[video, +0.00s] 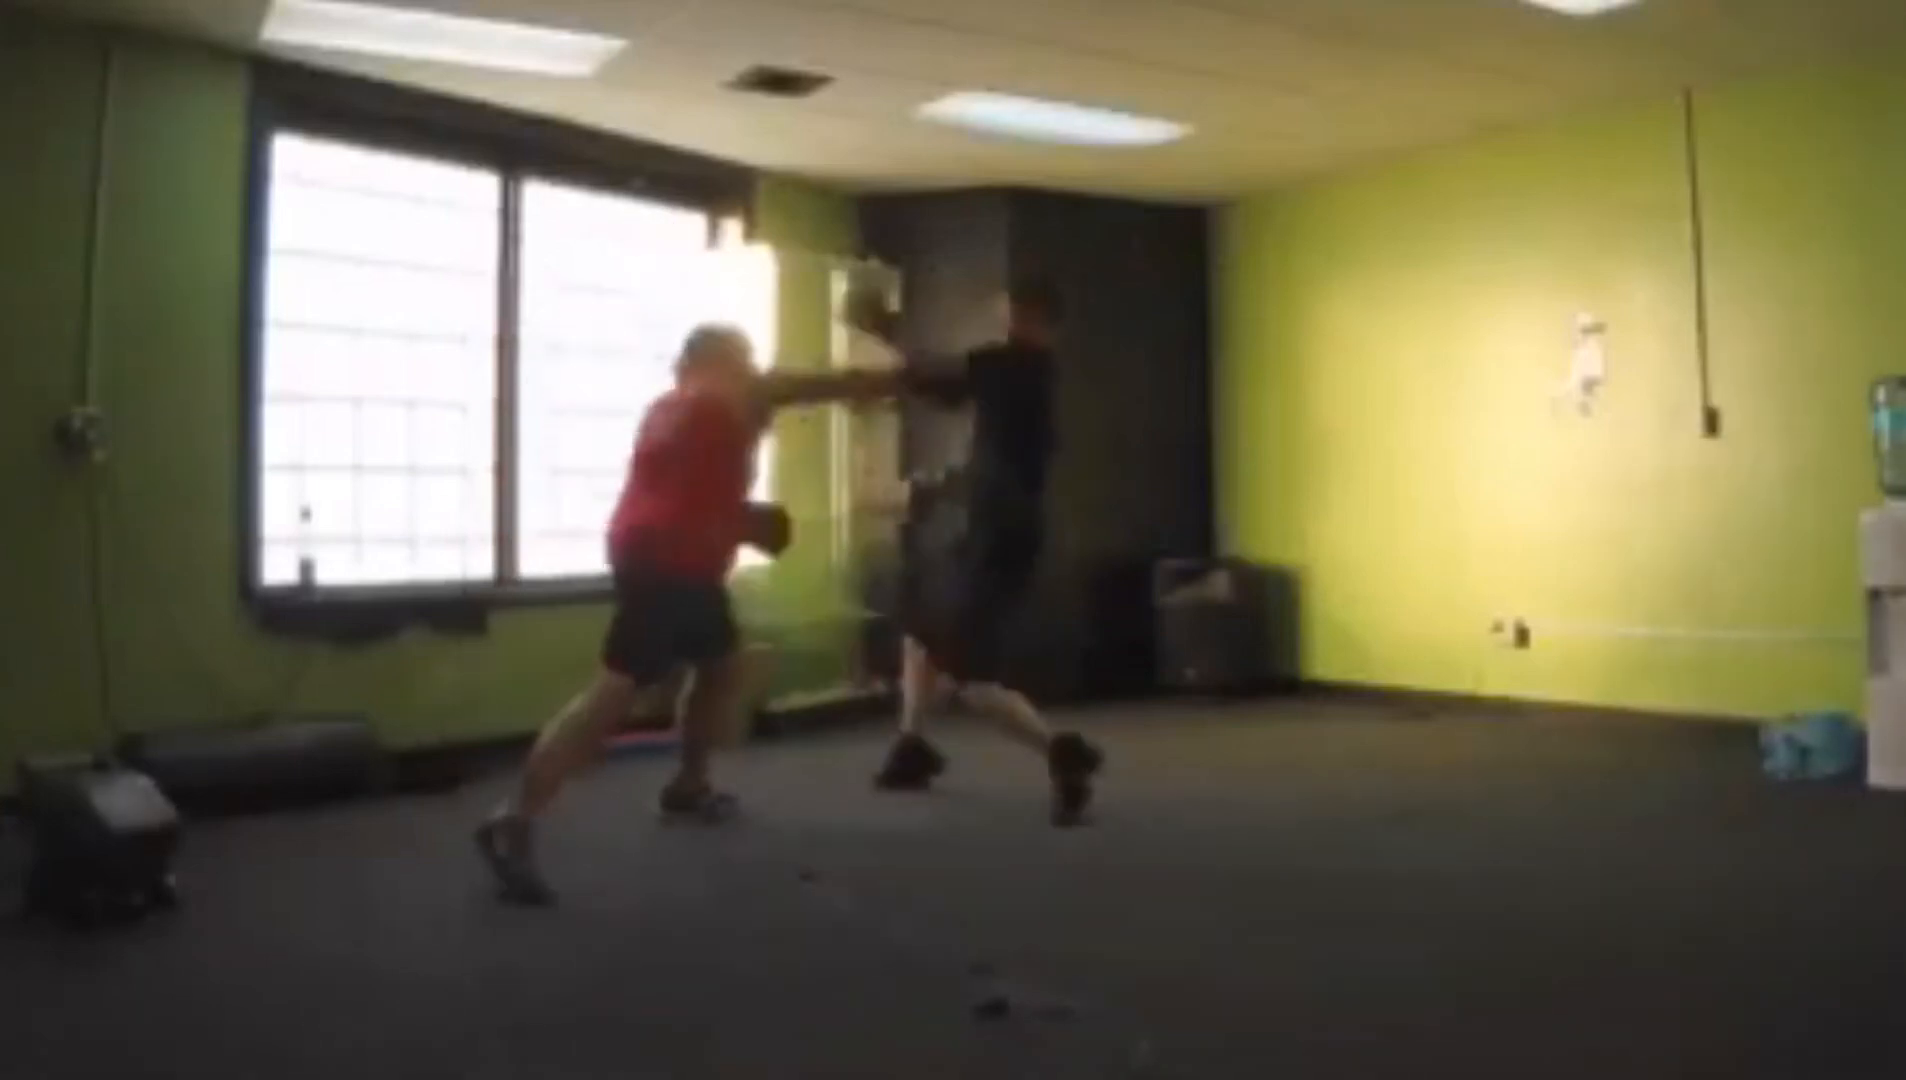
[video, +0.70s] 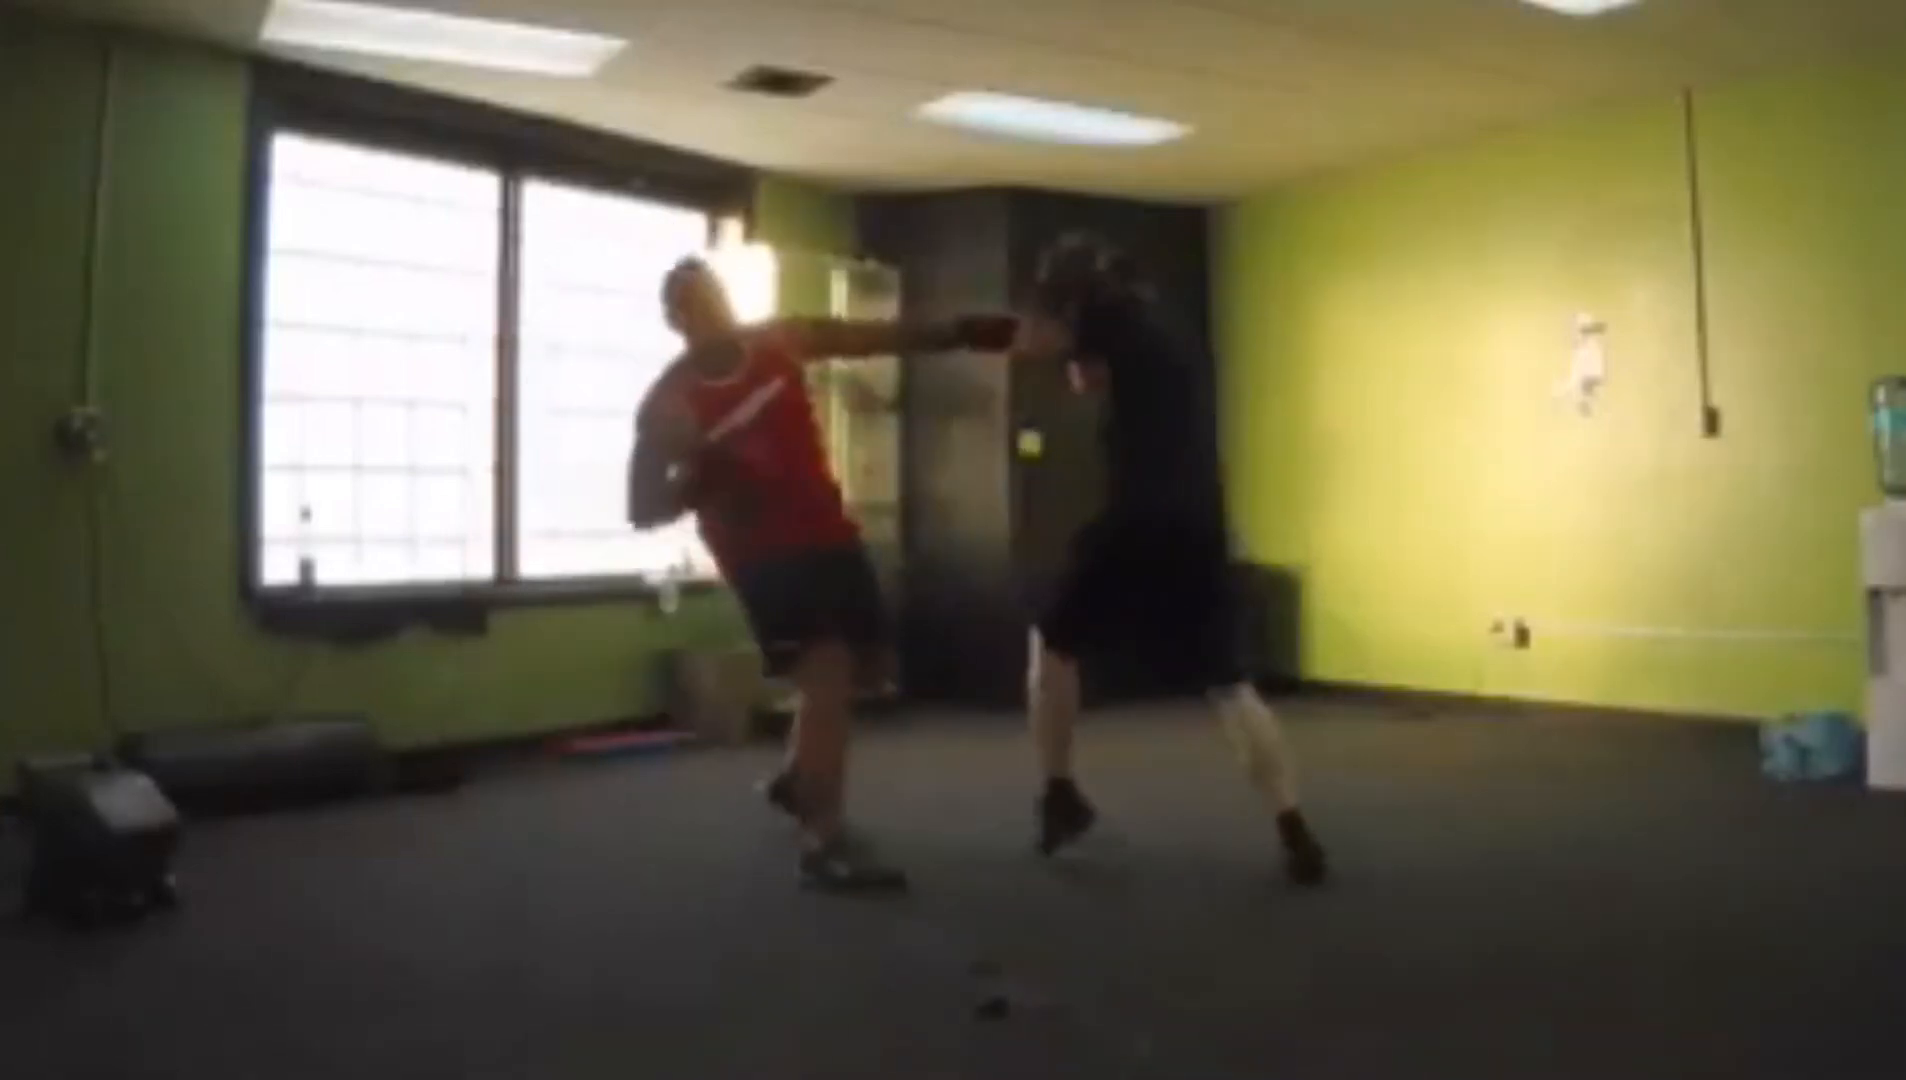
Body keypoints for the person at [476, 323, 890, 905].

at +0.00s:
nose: (752, 369)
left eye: (747, 360)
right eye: (744, 360)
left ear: (691, 364)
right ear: (725, 361)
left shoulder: (669, 408)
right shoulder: (742, 392)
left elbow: (676, 497)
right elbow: (833, 385)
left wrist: (750, 522)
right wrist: (906, 379)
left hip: (648, 554)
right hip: (675, 560)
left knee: (722, 664)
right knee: (618, 693)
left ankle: (691, 786)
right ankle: (514, 823)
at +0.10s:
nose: (725, 345)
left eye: (713, 339)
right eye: (718, 336)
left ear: (677, 353)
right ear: (714, 340)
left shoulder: (662, 402)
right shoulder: (743, 389)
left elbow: (734, 458)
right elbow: (831, 364)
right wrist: (904, 355)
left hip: (653, 542)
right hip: (708, 548)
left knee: (719, 664)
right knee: (677, 677)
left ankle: (695, 780)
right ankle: (548, 789)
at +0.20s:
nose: (703, 332)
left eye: (685, 332)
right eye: (698, 324)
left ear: (665, 343)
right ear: (700, 328)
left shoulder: (666, 395)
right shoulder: (734, 376)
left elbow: (755, 445)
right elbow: (808, 366)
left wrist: (805, 404)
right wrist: (883, 370)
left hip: (679, 542)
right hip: (730, 542)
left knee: (715, 669)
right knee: (738, 671)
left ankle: (698, 780)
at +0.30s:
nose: (724, 321)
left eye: (710, 316)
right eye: (717, 312)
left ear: (681, 331)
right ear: (717, 315)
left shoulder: (684, 388)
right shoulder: (760, 364)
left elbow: (769, 450)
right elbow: (852, 381)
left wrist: (814, 408)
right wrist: (868, 345)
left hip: (703, 545)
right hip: (757, 542)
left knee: (737, 663)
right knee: (812, 672)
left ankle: (697, 779)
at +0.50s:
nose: (732, 312)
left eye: (732, 297)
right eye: (716, 303)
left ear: (740, 302)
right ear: (695, 316)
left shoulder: (781, 356)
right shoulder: (696, 396)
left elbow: (856, 340)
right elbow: (750, 466)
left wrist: (925, 315)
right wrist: (818, 426)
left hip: (814, 546)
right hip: (767, 558)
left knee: (819, 681)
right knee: (861, 676)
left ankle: (743, 774)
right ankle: (834, 842)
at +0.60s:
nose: (713, 316)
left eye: (715, 301)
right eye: (697, 309)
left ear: (729, 302)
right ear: (680, 322)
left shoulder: (780, 349)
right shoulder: (681, 402)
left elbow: (875, 331)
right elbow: (718, 498)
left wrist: (963, 316)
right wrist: (789, 429)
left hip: (827, 538)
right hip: (764, 556)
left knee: (851, 675)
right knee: (848, 677)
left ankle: (783, 777)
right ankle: (831, 842)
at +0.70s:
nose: (706, 313)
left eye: (709, 297)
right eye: (689, 305)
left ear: (724, 298)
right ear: (674, 318)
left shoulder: (781, 344)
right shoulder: (669, 401)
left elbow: (877, 338)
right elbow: (644, 509)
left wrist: (960, 333)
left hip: (830, 537)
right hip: (761, 556)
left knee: (856, 663)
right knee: (823, 668)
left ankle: (799, 774)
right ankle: (824, 841)